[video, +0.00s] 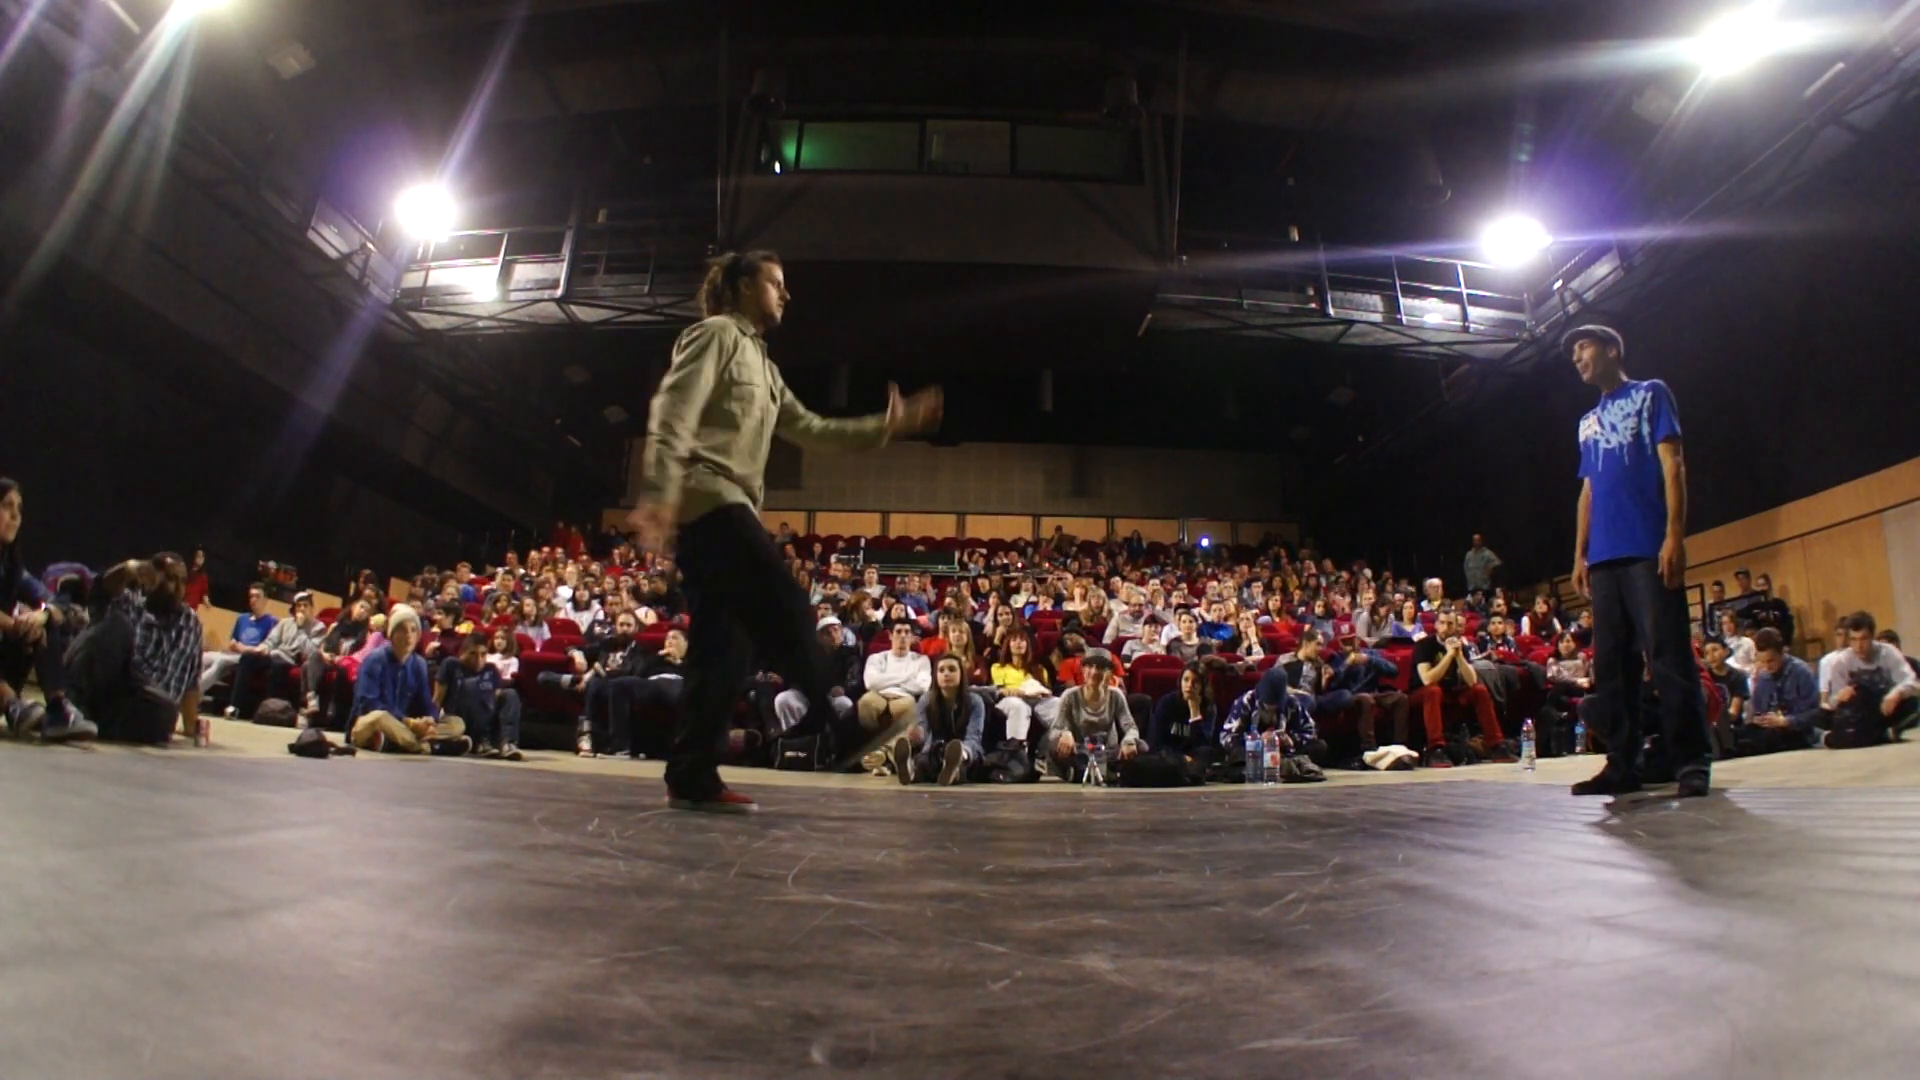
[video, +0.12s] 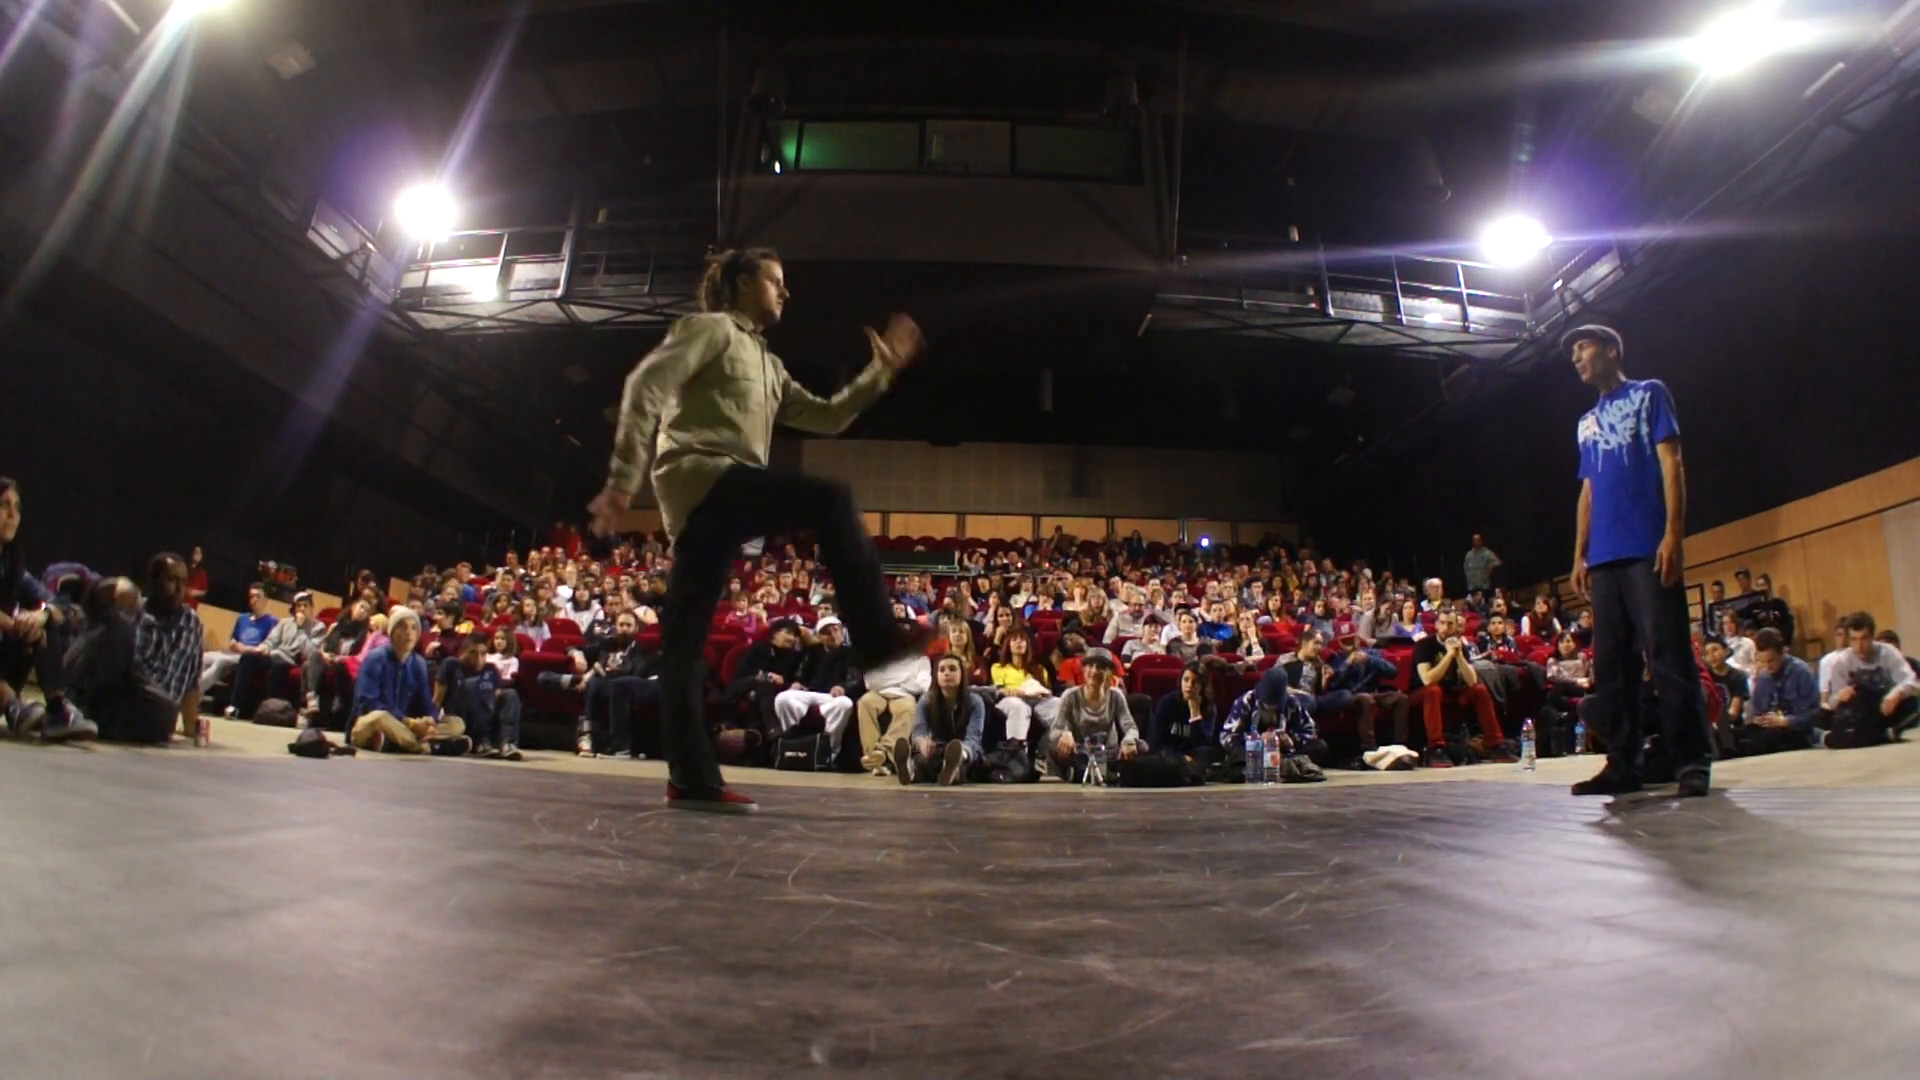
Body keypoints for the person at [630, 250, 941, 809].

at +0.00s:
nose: (785, 296)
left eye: (784, 287)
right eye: (775, 284)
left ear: (755, 294)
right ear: (741, 287)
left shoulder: (764, 368)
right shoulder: (716, 333)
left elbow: (810, 429)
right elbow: (673, 411)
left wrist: (888, 422)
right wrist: (660, 492)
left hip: (729, 505)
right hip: (707, 499)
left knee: (720, 645)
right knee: (784, 607)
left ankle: (693, 774)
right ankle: (837, 722)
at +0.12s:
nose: (784, 293)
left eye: (784, 285)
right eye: (775, 282)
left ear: (761, 291)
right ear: (741, 283)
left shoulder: (769, 369)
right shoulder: (711, 327)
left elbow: (828, 415)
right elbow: (648, 383)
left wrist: (883, 368)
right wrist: (624, 481)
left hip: (726, 489)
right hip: (703, 477)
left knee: (684, 638)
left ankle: (693, 778)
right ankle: (878, 644)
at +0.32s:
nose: (781, 289)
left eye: (782, 282)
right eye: (771, 277)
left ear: (764, 290)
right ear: (735, 279)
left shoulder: (769, 363)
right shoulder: (700, 325)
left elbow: (830, 406)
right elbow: (631, 388)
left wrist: (897, 371)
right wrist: (600, 456)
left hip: (724, 489)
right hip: (694, 481)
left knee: (685, 638)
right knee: (805, 544)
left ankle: (690, 778)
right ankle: (881, 676)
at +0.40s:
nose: (774, 289)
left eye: (778, 284)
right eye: (766, 278)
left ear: (772, 293)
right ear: (732, 274)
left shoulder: (767, 358)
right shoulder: (694, 322)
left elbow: (831, 398)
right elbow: (628, 386)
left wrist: (910, 387)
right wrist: (592, 453)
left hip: (728, 487)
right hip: (694, 478)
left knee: (693, 637)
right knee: (795, 560)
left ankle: (689, 777)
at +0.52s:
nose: (771, 285)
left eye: (778, 280)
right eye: (762, 273)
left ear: (778, 290)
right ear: (730, 270)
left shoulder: (770, 350)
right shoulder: (687, 316)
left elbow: (824, 399)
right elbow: (615, 376)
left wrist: (883, 391)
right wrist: (598, 446)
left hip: (742, 503)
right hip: (695, 484)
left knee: (717, 637)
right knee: (710, 625)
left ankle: (695, 776)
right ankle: (646, 756)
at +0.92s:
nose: (777, 270)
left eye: (781, 263)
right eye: (768, 257)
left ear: (774, 273)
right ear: (731, 254)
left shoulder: (774, 344)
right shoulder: (682, 302)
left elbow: (815, 390)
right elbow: (597, 336)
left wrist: (856, 394)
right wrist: (598, 387)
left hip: (738, 515)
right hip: (677, 499)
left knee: (707, 651)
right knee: (648, 644)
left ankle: (694, 779)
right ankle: (620, 788)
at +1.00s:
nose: (778, 268)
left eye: (781, 261)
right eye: (769, 256)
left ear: (771, 271)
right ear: (732, 255)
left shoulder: (775, 342)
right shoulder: (683, 300)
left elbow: (824, 391)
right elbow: (592, 306)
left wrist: (890, 410)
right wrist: (553, 348)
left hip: (736, 513)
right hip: (677, 500)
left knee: (707, 653)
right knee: (651, 645)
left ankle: (694, 780)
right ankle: (619, 786)